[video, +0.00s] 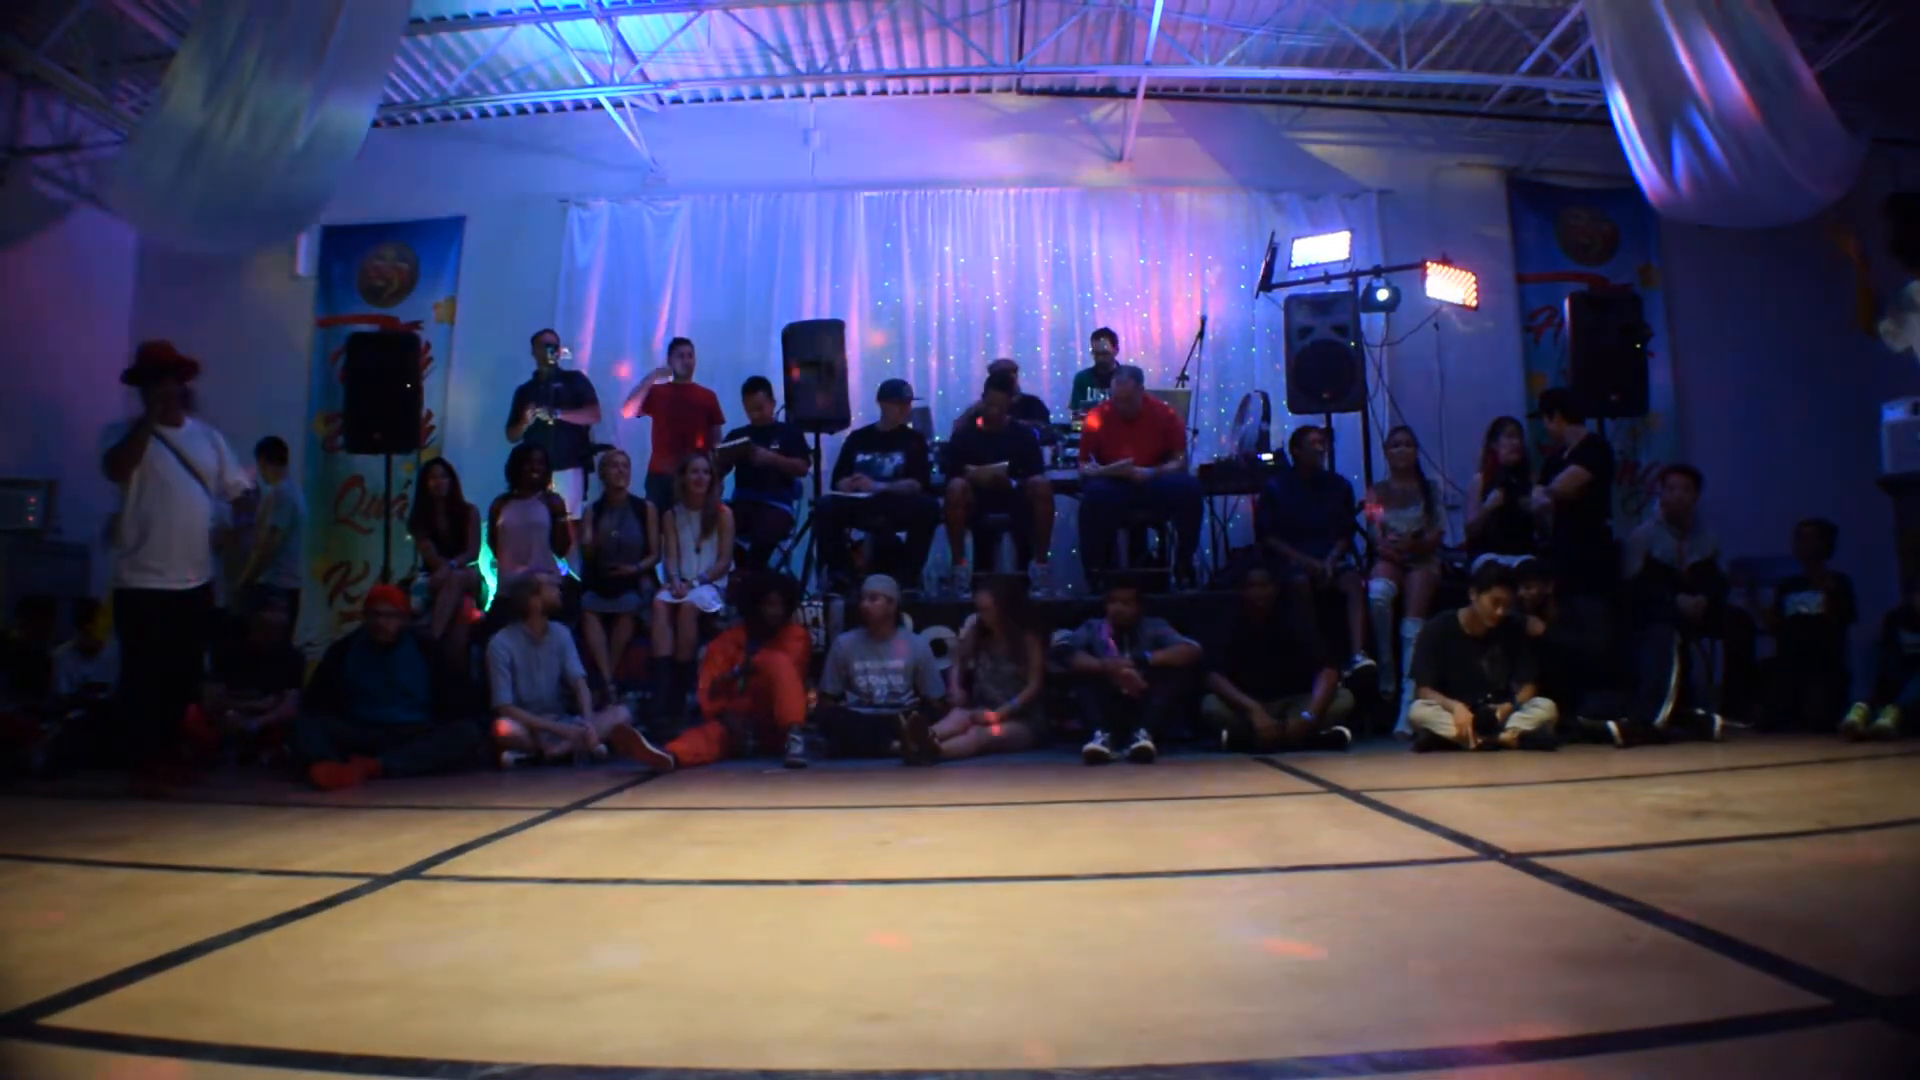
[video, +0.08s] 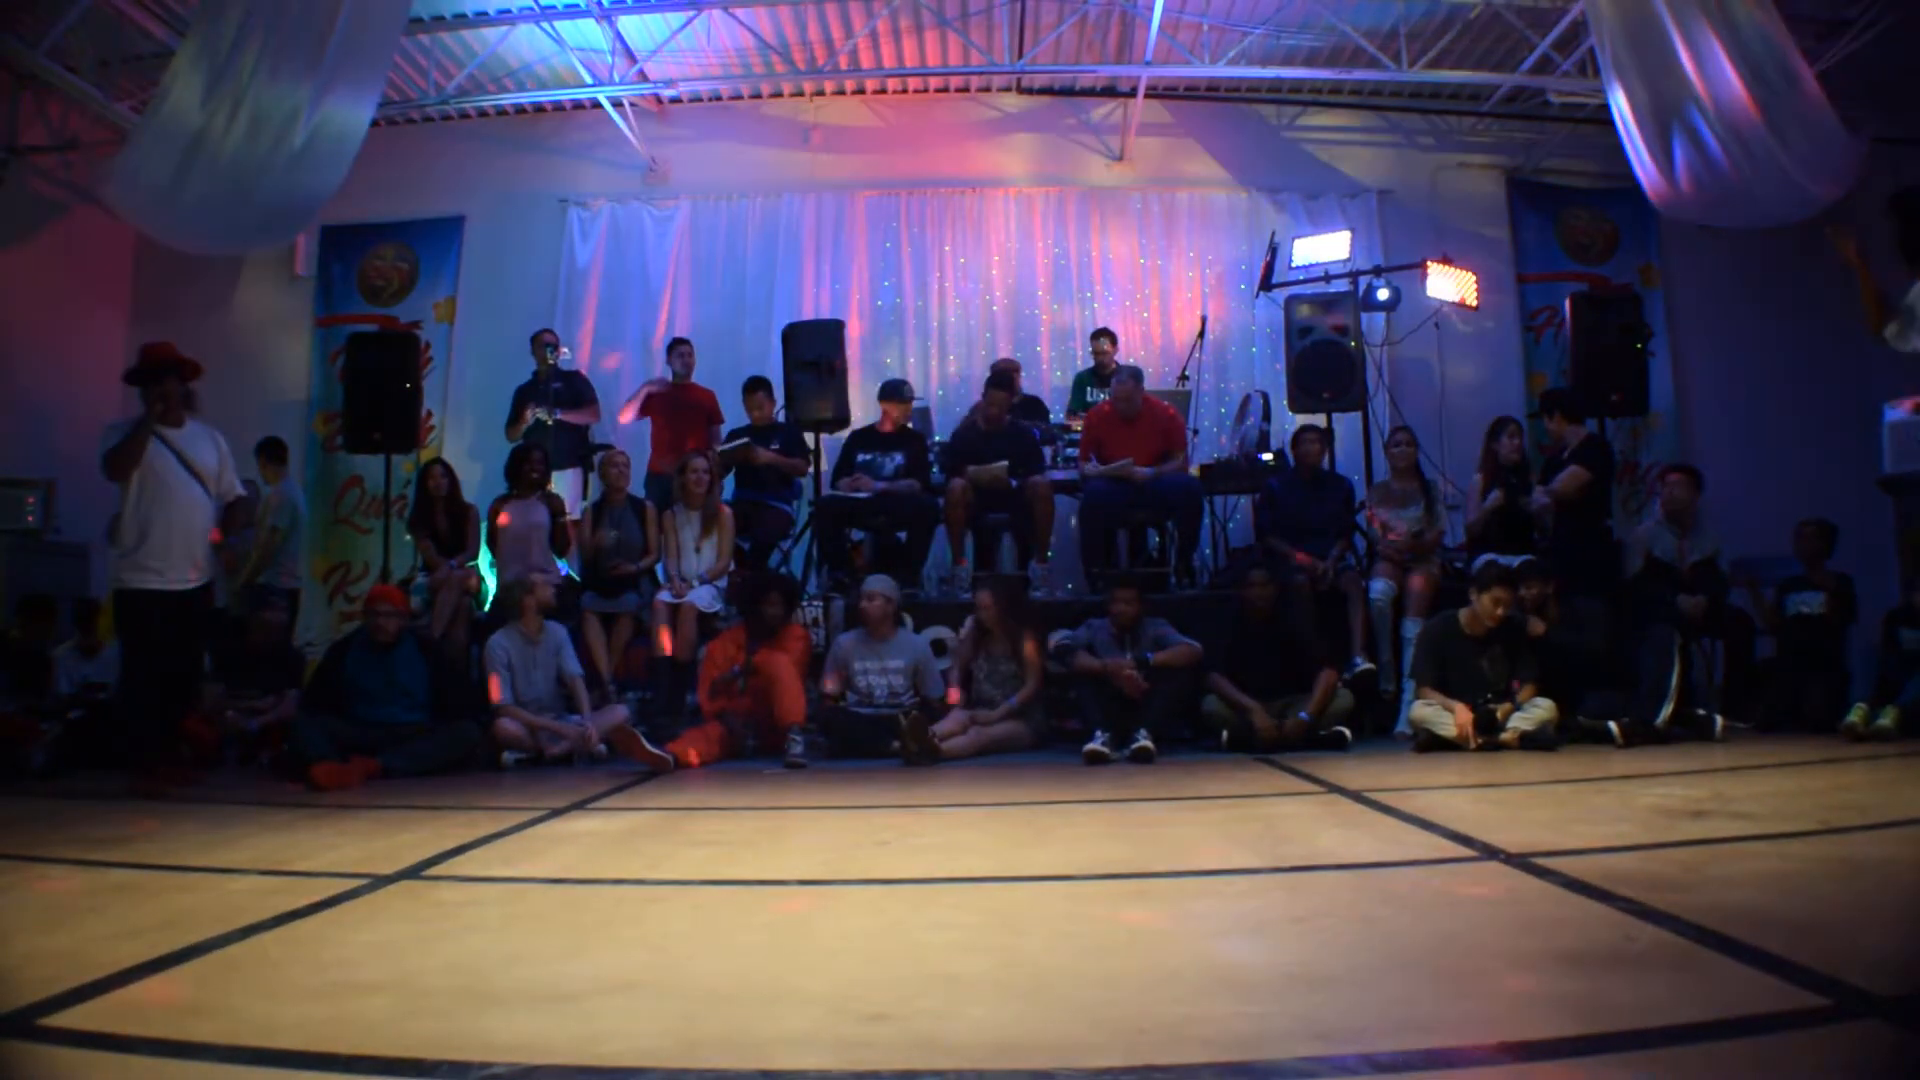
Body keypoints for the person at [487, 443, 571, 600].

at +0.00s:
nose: (535, 468)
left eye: (540, 463)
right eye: (529, 462)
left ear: (547, 468)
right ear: (516, 467)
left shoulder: (552, 501)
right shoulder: (500, 504)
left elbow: (561, 548)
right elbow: (493, 543)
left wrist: (558, 515)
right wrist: (509, 564)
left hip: (545, 580)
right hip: (510, 582)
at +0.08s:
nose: (535, 468)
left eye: (540, 463)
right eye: (529, 463)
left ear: (547, 468)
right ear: (516, 467)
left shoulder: (551, 502)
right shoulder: (500, 504)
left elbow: (561, 549)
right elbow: (492, 544)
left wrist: (558, 514)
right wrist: (511, 563)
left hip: (546, 583)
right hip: (510, 584)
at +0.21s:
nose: (534, 469)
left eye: (539, 463)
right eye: (527, 463)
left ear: (546, 469)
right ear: (515, 468)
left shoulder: (551, 503)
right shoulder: (498, 505)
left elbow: (561, 549)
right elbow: (489, 547)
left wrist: (555, 513)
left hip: (546, 582)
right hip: (509, 583)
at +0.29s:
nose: (534, 469)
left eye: (539, 464)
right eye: (527, 464)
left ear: (546, 469)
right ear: (515, 468)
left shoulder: (551, 503)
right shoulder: (497, 507)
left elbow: (562, 549)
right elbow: (487, 550)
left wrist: (555, 516)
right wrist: (495, 516)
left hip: (548, 584)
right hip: (509, 587)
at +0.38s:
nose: (534, 470)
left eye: (539, 464)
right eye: (527, 464)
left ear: (546, 470)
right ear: (515, 468)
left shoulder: (551, 504)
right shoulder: (497, 506)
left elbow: (562, 547)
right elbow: (486, 549)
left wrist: (553, 511)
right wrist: (495, 513)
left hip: (547, 587)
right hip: (508, 588)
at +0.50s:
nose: (535, 470)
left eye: (540, 465)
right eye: (529, 465)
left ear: (547, 470)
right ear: (518, 469)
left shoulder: (555, 506)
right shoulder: (505, 501)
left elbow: (564, 543)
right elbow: (486, 547)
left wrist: (546, 517)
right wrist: (500, 512)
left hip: (548, 581)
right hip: (512, 582)